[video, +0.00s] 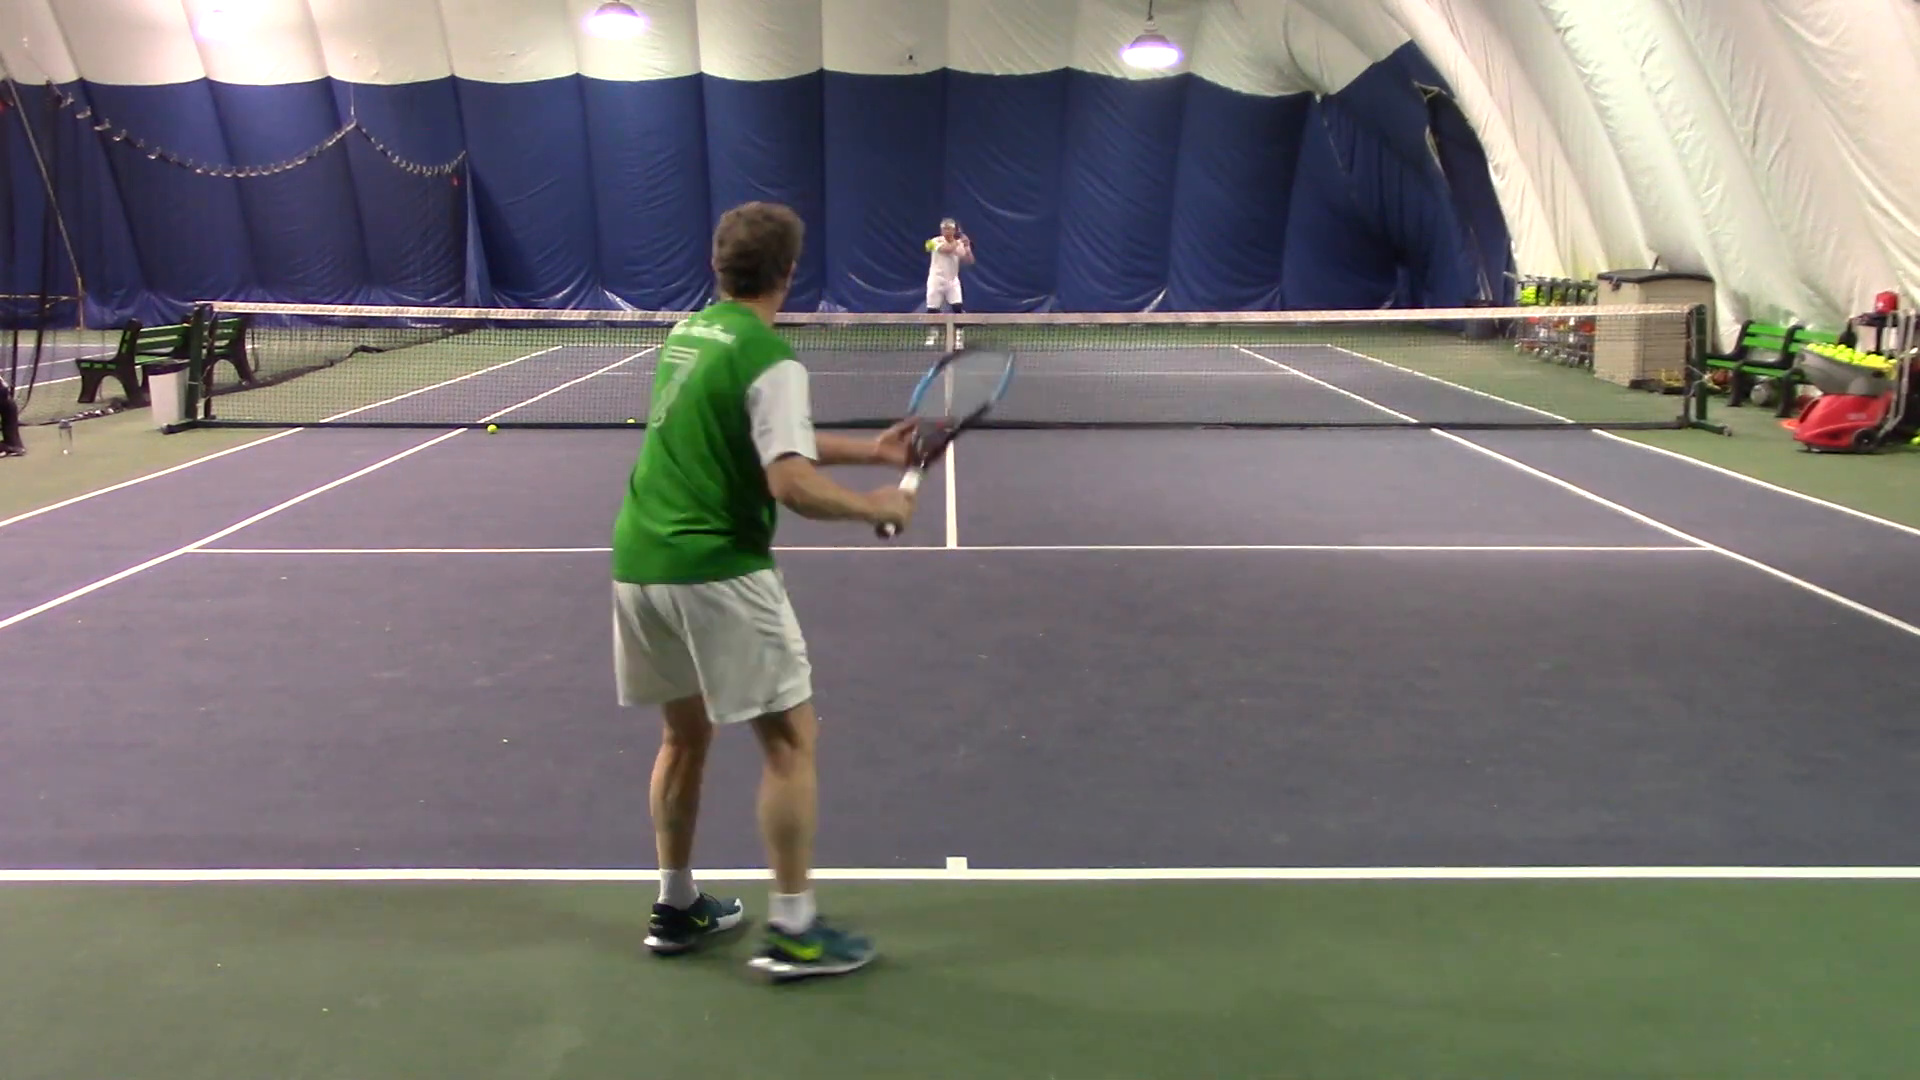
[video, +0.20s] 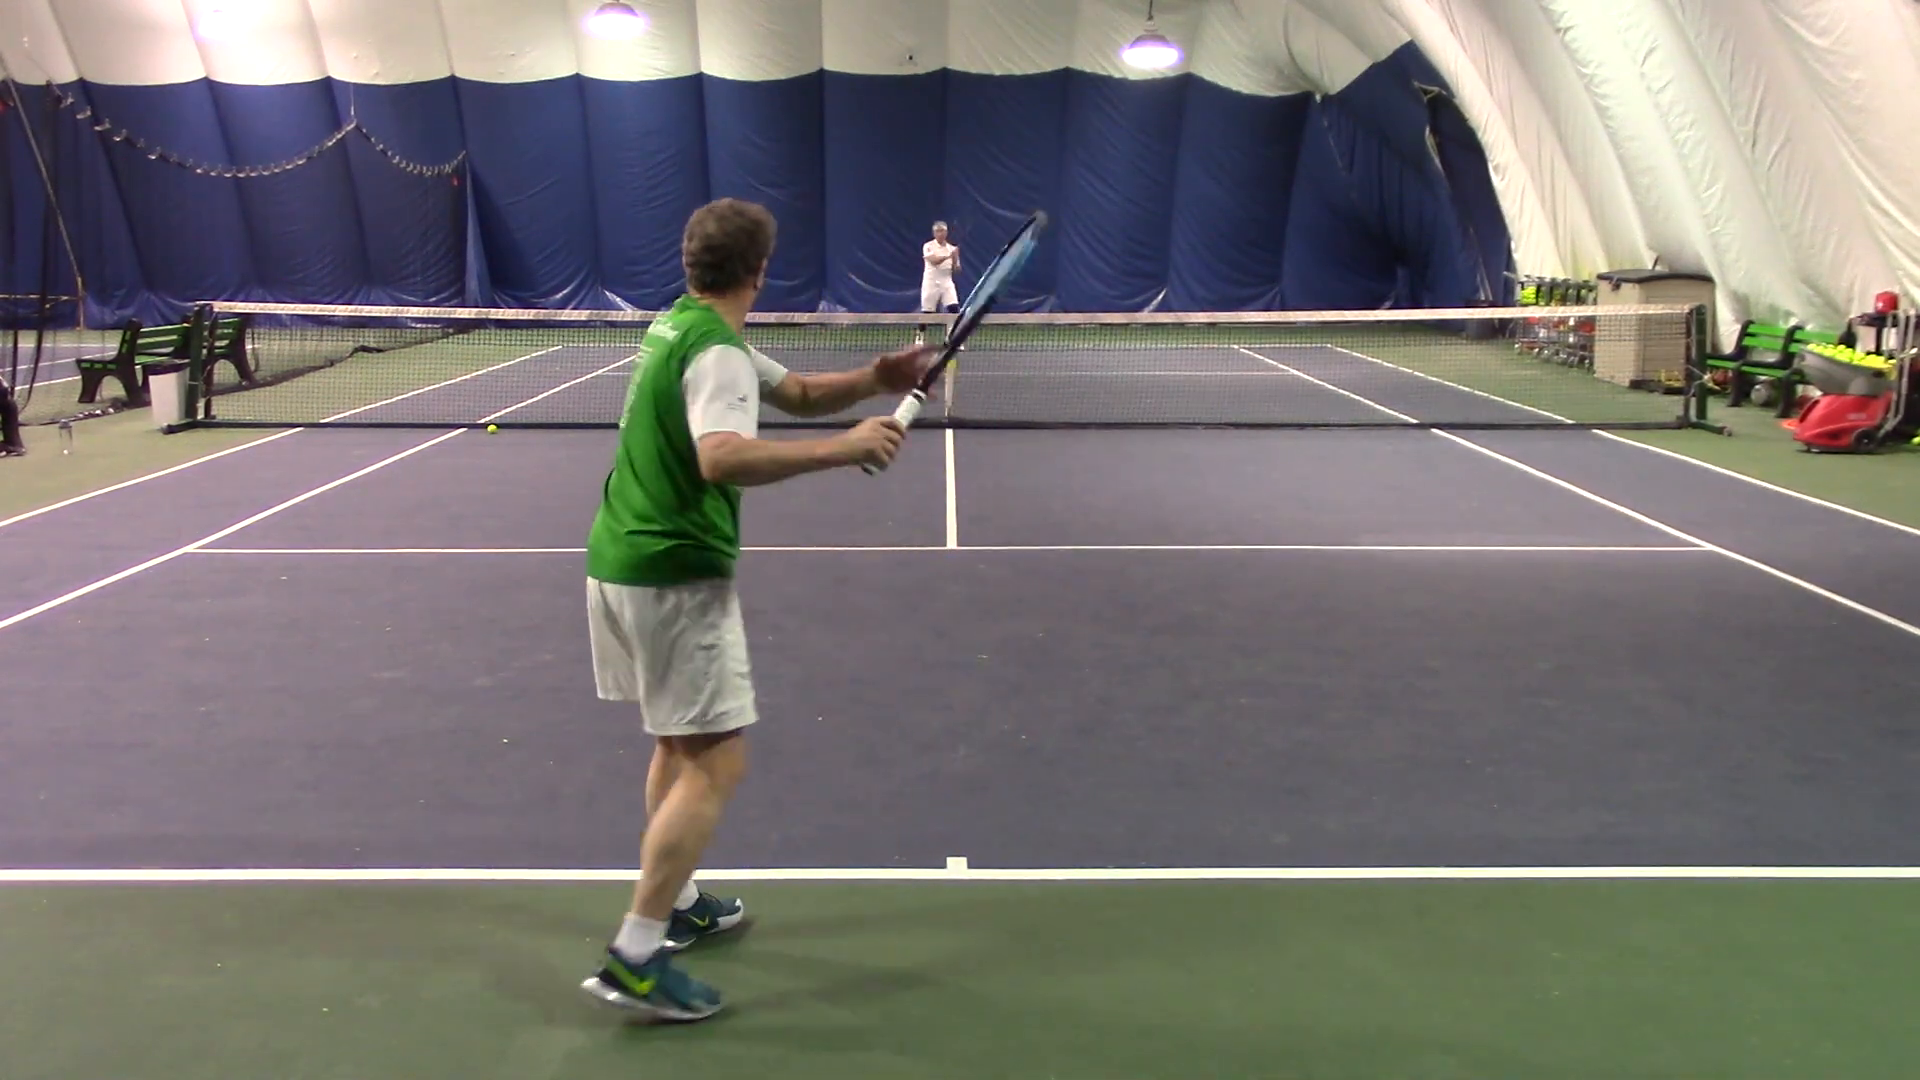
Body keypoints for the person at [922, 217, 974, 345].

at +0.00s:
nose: (948, 232)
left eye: (950, 229)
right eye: (945, 229)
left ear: (955, 230)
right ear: (941, 230)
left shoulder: (959, 243)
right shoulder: (935, 242)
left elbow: (970, 260)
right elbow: (947, 249)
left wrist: (967, 247)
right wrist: (958, 241)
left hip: (952, 279)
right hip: (936, 278)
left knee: (957, 307)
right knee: (932, 309)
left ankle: (959, 335)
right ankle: (932, 332)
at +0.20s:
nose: (940, 234)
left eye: (942, 231)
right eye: (937, 231)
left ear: (946, 232)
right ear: (934, 233)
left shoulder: (952, 249)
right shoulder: (928, 246)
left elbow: (957, 269)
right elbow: (934, 261)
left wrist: (955, 258)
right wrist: (949, 257)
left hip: (946, 280)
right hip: (931, 281)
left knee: (953, 307)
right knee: (928, 311)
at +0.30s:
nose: (935, 233)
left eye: (938, 230)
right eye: (933, 230)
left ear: (941, 232)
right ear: (929, 232)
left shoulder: (946, 247)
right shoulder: (922, 246)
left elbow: (952, 268)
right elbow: (925, 263)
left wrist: (948, 263)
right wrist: (941, 260)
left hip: (942, 282)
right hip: (926, 283)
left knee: (948, 310)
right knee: (923, 312)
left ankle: (955, 338)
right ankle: (919, 340)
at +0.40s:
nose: (931, 231)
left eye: (933, 228)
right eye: (928, 228)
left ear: (937, 229)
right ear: (924, 230)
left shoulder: (941, 245)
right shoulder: (917, 244)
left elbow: (947, 264)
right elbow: (920, 261)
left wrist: (943, 261)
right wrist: (935, 259)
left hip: (938, 283)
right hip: (922, 284)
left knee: (947, 309)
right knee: (920, 312)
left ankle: (953, 336)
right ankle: (919, 338)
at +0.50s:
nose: (926, 229)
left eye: (928, 225)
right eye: (923, 226)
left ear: (932, 227)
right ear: (919, 228)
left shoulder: (938, 243)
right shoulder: (913, 242)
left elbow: (943, 261)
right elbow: (917, 257)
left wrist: (938, 255)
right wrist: (931, 252)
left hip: (935, 278)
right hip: (919, 280)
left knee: (943, 304)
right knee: (918, 309)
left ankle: (943, 334)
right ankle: (919, 337)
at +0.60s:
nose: (923, 228)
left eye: (926, 225)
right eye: (921, 225)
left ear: (929, 227)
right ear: (917, 227)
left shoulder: (936, 242)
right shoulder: (911, 241)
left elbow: (938, 257)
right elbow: (914, 255)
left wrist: (932, 249)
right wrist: (927, 247)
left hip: (933, 276)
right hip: (917, 277)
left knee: (939, 305)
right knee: (918, 307)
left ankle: (933, 333)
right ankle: (918, 336)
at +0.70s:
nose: (921, 228)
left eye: (923, 225)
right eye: (919, 225)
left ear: (927, 226)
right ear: (915, 227)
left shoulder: (934, 242)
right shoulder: (909, 242)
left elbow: (935, 254)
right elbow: (912, 254)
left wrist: (930, 247)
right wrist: (924, 247)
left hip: (931, 276)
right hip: (916, 277)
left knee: (933, 307)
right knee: (917, 307)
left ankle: (927, 333)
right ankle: (918, 335)